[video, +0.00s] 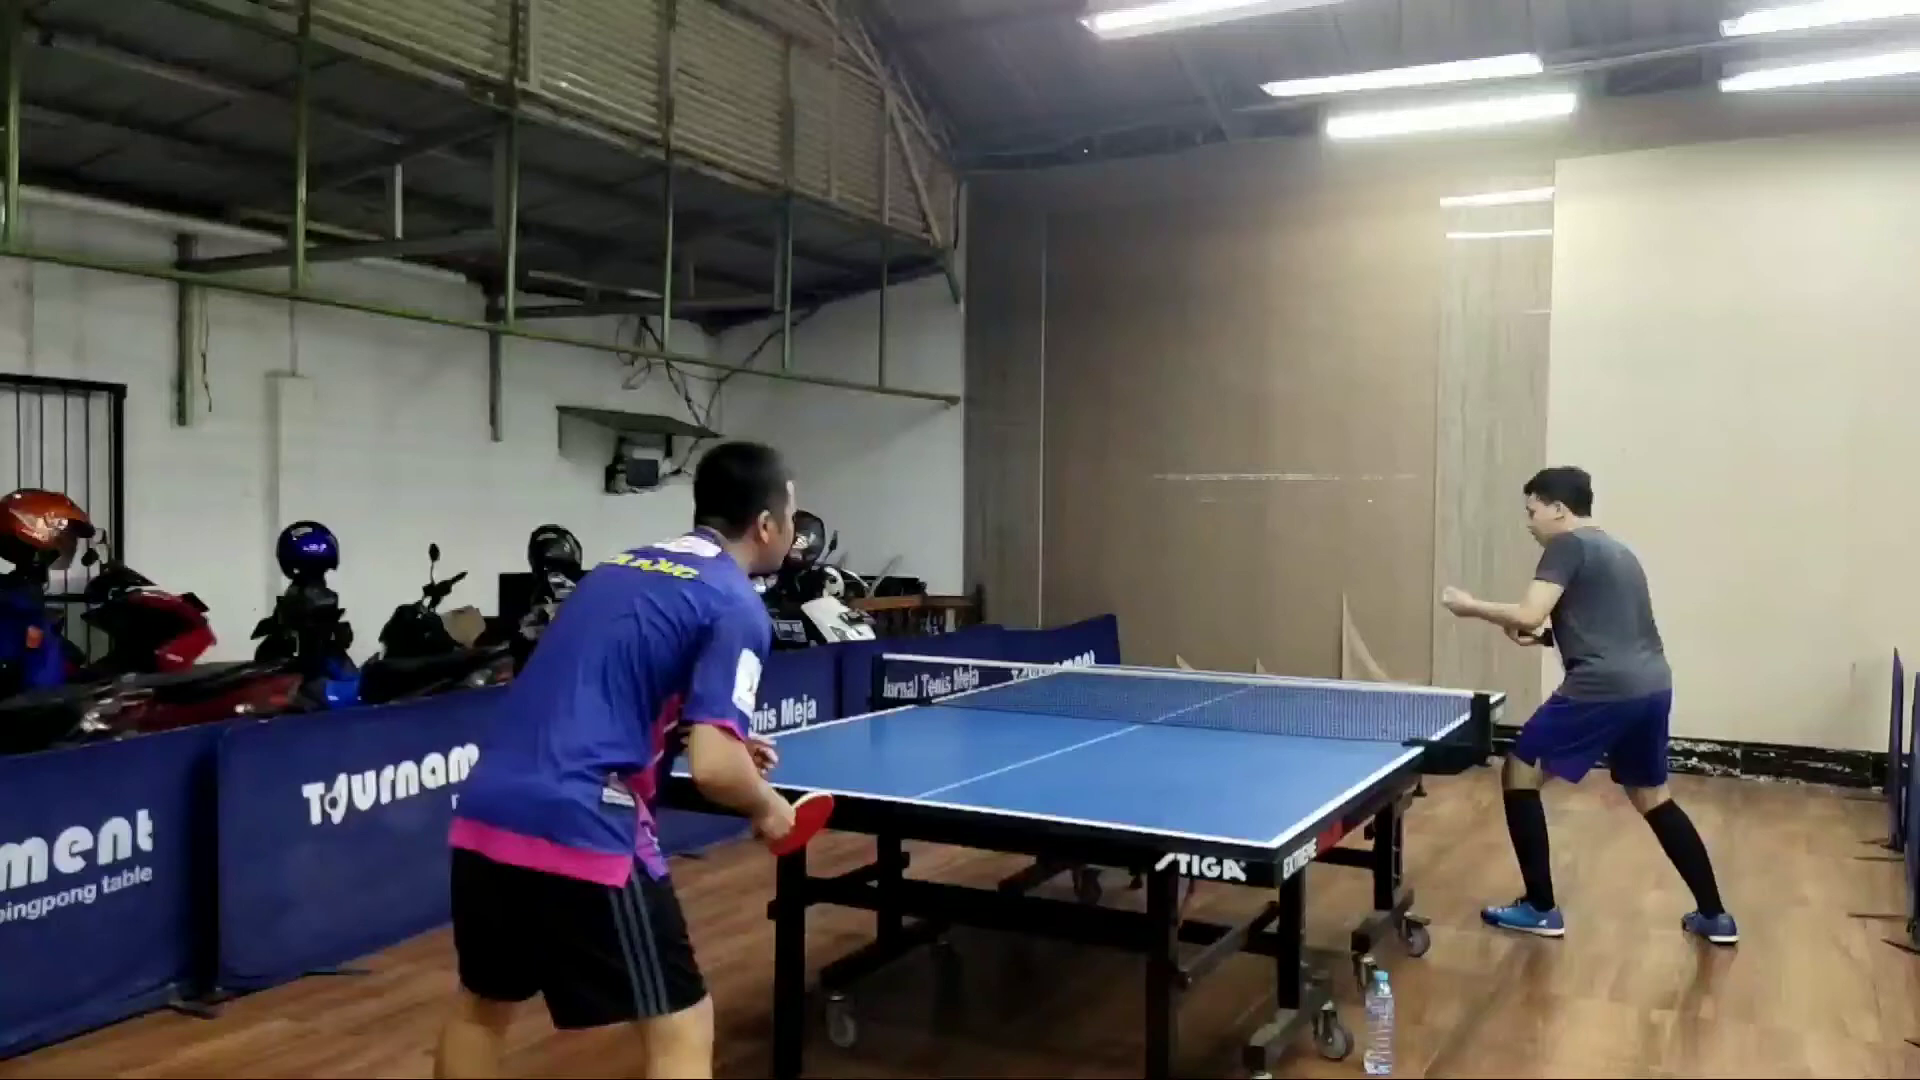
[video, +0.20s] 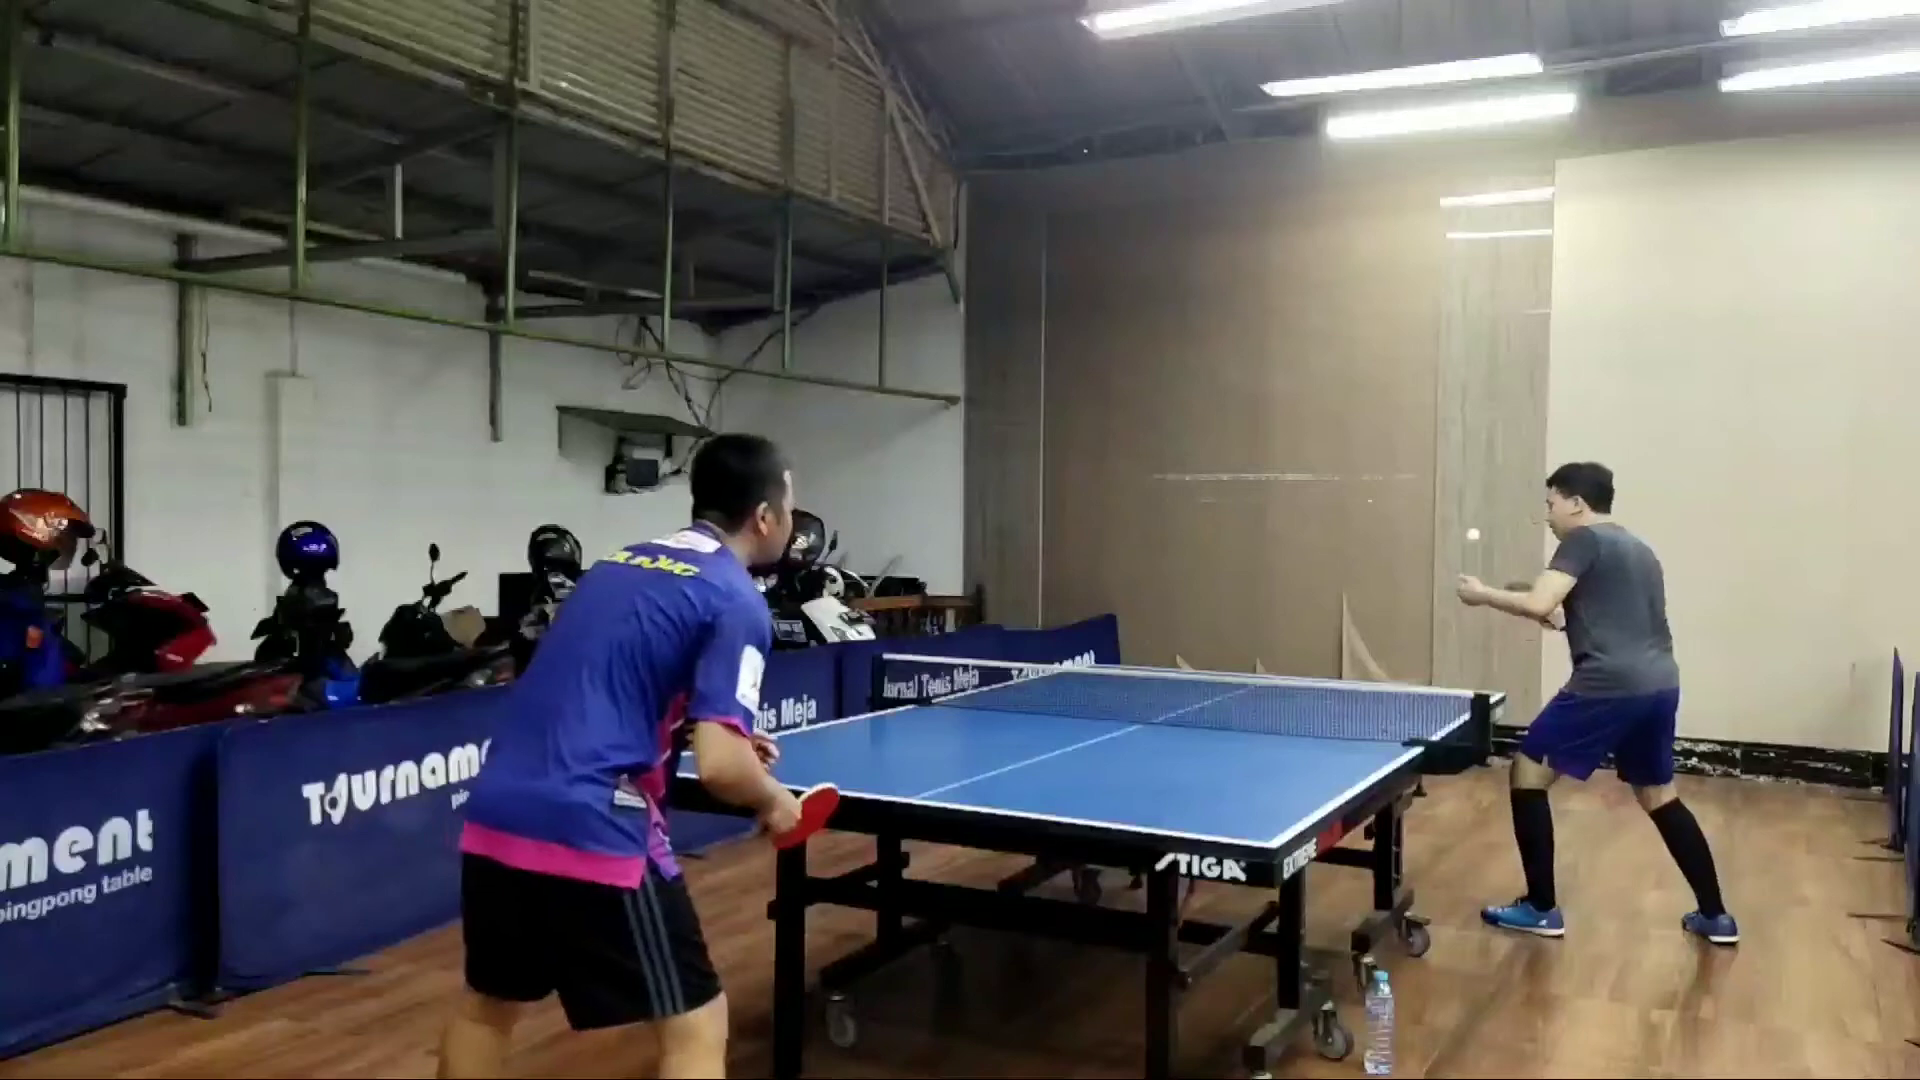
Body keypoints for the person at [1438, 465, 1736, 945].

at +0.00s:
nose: (1528, 521)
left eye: (1532, 510)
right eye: (1527, 511)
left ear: (1558, 508)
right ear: (1574, 510)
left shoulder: (1567, 546)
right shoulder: (1616, 549)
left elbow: (1529, 617)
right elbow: (1606, 626)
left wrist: (1471, 606)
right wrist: (1542, 634)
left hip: (1600, 687)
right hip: (1652, 686)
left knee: (1519, 773)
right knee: (1650, 794)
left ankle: (1539, 905)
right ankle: (1715, 914)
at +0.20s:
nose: (1547, 514)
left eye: (1551, 503)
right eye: (1547, 503)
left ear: (1577, 502)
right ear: (1596, 504)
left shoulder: (1583, 540)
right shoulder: (1638, 547)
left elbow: (1540, 604)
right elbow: (1585, 621)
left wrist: (1484, 594)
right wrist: (1526, 602)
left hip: (1606, 685)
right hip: (1660, 686)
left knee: (1527, 773)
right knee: (1658, 793)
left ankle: (1540, 905)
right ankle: (1715, 914)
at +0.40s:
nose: (1547, 521)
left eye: (1550, 510)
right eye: (1547, 510)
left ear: (1573, 508)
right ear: (1599, 510)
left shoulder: (1577, 541)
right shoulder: (1650, 550)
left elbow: (1559, 601)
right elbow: (1691, 618)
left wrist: (1500, 631)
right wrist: (1637, 607)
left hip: (1613, 683)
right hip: (1670, 683)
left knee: (1530, 771)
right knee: (1669, 791)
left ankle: (1548, 903)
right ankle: (1716, 914)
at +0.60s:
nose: (1489, 551)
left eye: (1490, 539)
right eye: (1486, 541)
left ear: (1518, 530)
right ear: (1532, 531)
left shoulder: (1531, 560)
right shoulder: (1593, 557)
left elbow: (1562, 604)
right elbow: (1657, 605)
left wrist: (1533, 664)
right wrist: (1595, 633)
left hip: (1602, 690)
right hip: (1653, 685)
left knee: (1516, 778)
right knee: (1657, 795)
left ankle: (1547, 910)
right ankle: (1715, 915)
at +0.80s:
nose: (1442, 546)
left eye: (1447, 534)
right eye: (1437, 538)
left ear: (1479, 526)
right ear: (1473, 531)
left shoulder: (1511, 560)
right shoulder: (1497, 571)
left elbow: (1574, 602)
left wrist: (1516, 651)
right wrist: (1495, 644)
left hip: (1566, 683)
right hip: (1588, 679)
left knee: (1504, 783)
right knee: (1560, 782)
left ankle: (1547, 910)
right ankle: (1667, 867)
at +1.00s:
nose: (1427, 517)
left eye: (1436, 506)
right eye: (1422, 509)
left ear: (1465, 505)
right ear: (1423, 511)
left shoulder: (1500, 543)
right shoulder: (1446, 551)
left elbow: (1537, 606)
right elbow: (1472, 606)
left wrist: (1466, 624)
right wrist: (1434, 621)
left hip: (1545, 659)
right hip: (1502, 660)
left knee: (1531, 767)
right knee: (1476, 750)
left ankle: (1542, 903)